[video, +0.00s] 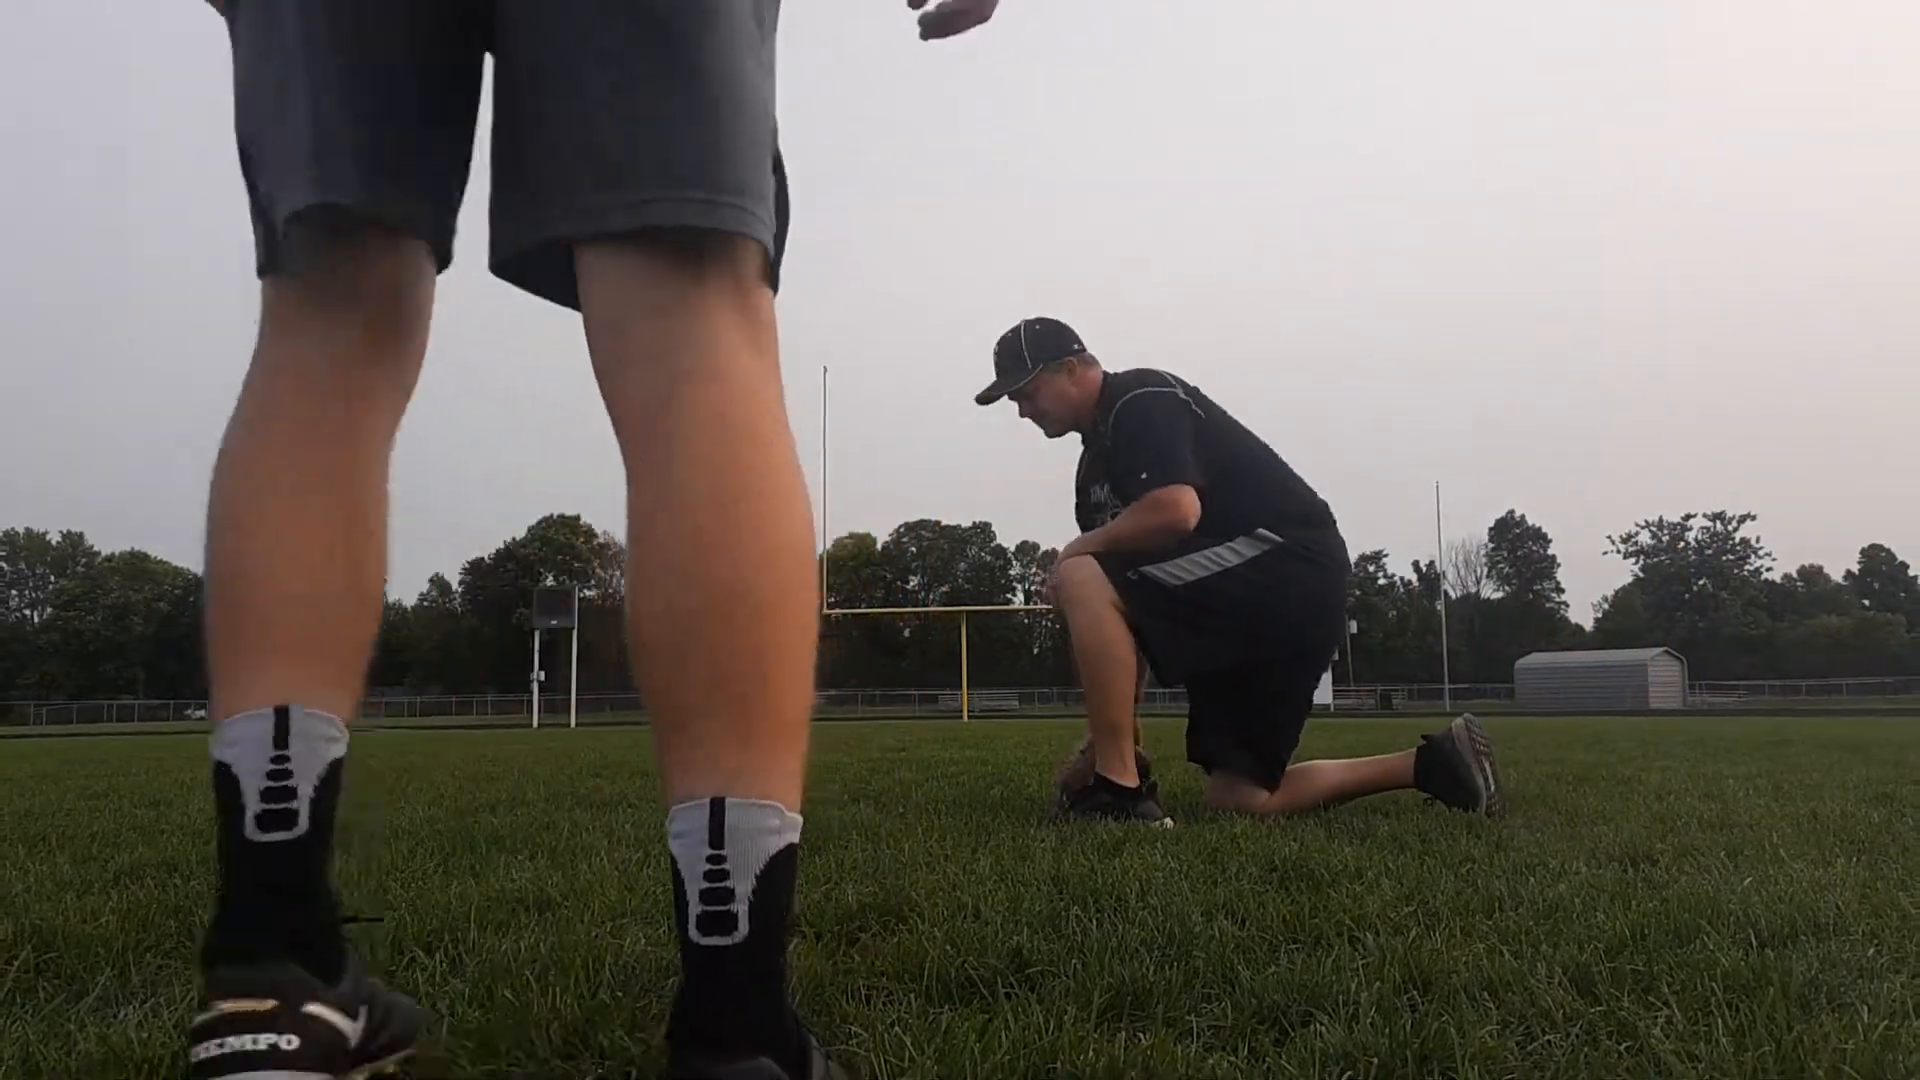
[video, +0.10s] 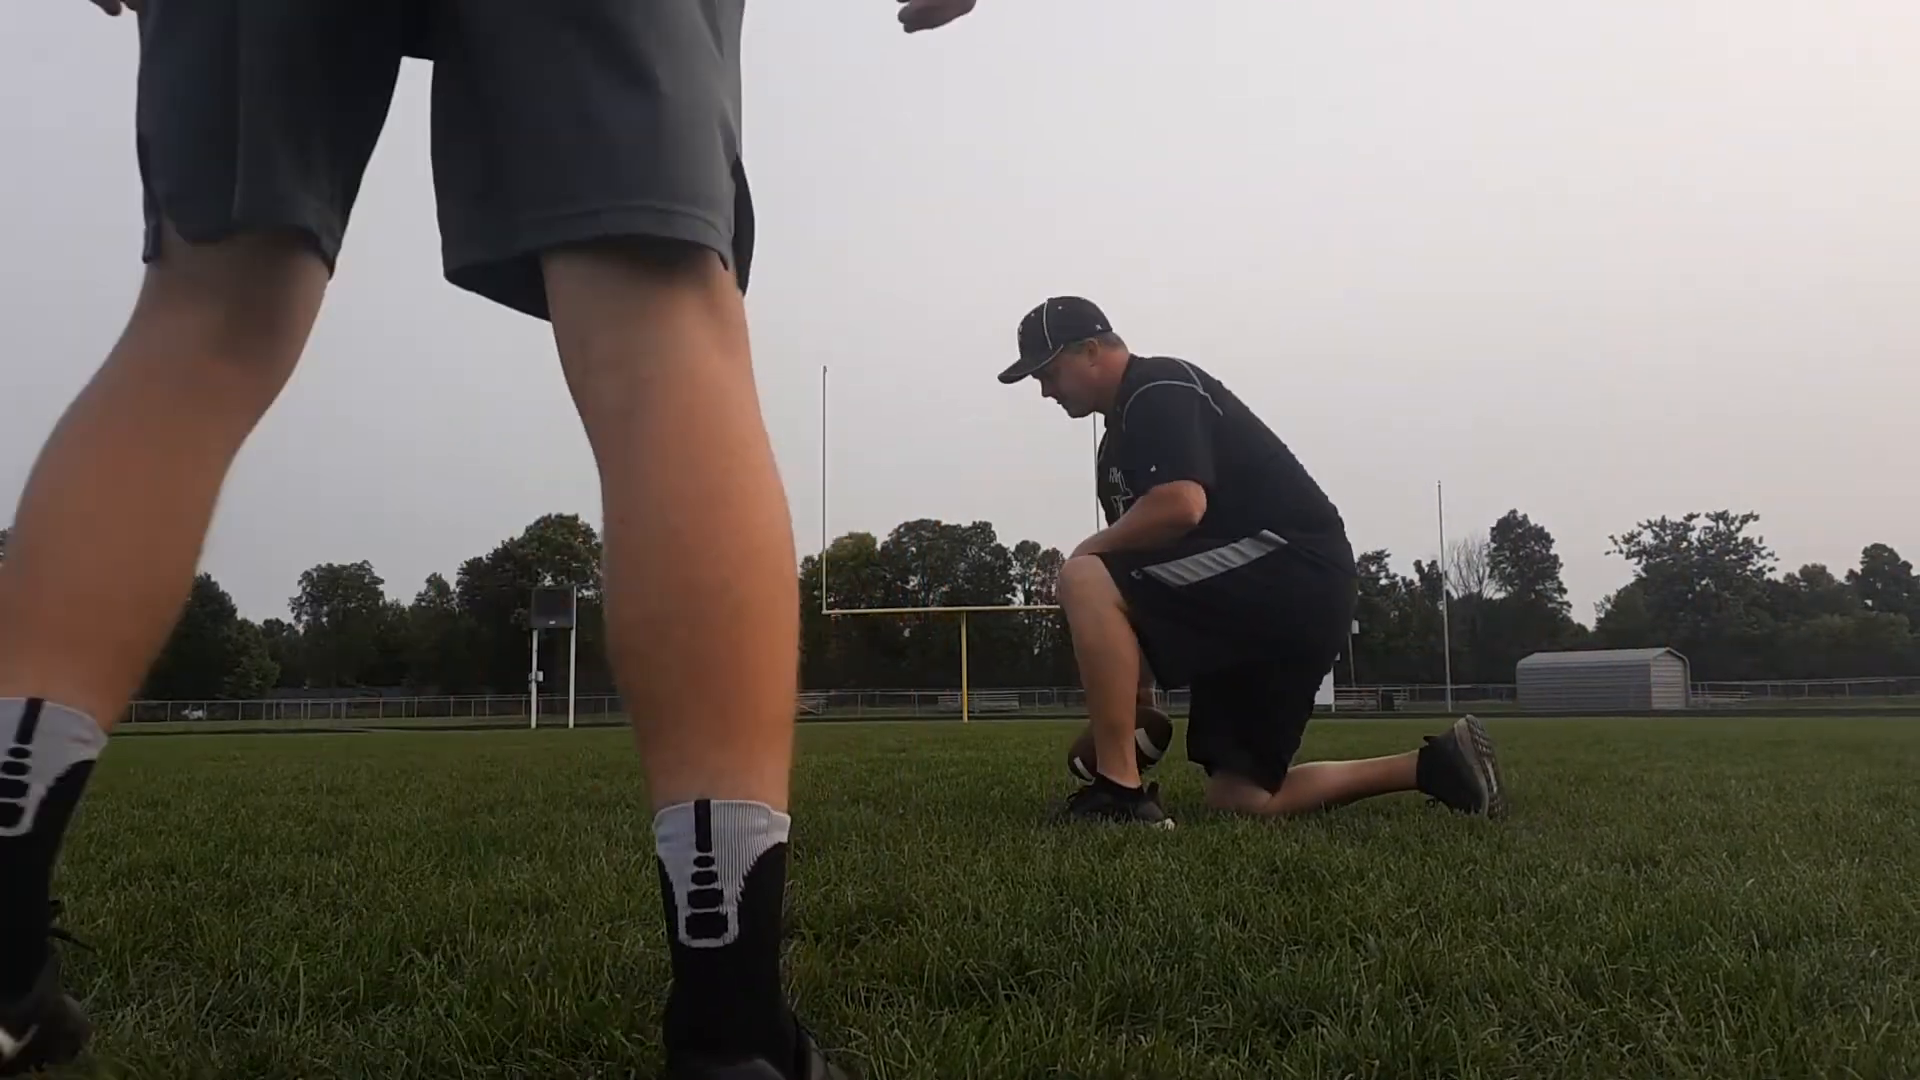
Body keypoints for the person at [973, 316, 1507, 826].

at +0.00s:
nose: (1020, 410)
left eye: (1024, 392)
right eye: (1014, 399)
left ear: (1071, 369)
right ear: (1048, 388)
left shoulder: (1141, 398)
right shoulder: (1095, 479)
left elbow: (1175, 510)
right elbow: (1127, 620)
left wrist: (1080, 552)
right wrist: (1095, 748)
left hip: (1285, 559)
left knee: (1084, 578)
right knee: (1236, 796)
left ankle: (1123, 788)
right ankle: (1427, 767)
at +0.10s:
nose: (1046, 390)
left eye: (1048, 372)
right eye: (1040, 379)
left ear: (1091, 352)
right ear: (1089, 357)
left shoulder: (1158, 385)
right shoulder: (1117, 445)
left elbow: (1179, 503)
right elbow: (1138, 592)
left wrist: (1090, 553)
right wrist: (1123, 710)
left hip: (1289, 565)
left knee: (1085, 575)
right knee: (1238, 796)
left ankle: (1119, 785)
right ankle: (1428, 767)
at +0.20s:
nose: (1067, 374)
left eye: (1067, 357)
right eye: (1060, 363)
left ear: (1110, 336)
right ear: (1114, 341)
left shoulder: (1169, 377)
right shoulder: (1153, 413)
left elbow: (1179, 497)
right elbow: (1188, 547)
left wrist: (1091, 557)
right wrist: (1147, 658)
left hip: (1287, 562)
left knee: (1088, 577)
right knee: (1238, 795)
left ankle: (1120, 786)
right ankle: (1428, 766)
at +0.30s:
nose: (1085, 359)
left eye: (1087, 341)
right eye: (1078, 348)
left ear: (1129, 320)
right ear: (1132, 321)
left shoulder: (1182, 371)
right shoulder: (1189, 377)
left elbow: (1175, 500)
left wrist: (1101, 564)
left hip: (1287, 562)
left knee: (1089, 579)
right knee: (1236, 796)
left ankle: (1120, 788)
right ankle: (1429, 768)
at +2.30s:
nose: (1137, 315)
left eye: (1142, 300)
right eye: (1135, 303)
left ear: (1180, 293)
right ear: (1199, 293)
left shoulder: (1198, 362)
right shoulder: (1248, 361)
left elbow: (1166, 509)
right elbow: (1243, 509)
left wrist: (1138, 604)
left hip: (1248, 573)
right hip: (1294, 595)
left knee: (1056, 594)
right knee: (1236, 794)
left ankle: (1163, 775)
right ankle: (1425, 769)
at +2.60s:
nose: (1136, 318)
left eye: (1141, 301)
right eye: (1134, 305)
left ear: (1180, 294)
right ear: (1199, 295)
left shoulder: (1196, 364)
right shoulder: (1248, 363)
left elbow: (1165, 509)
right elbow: (1238, 511)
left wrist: (1136, 610)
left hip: (1248, 573)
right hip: (1294, 596)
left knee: (1055, 595)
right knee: (1237, 793)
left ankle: (1163, 775)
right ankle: (1426, 769)